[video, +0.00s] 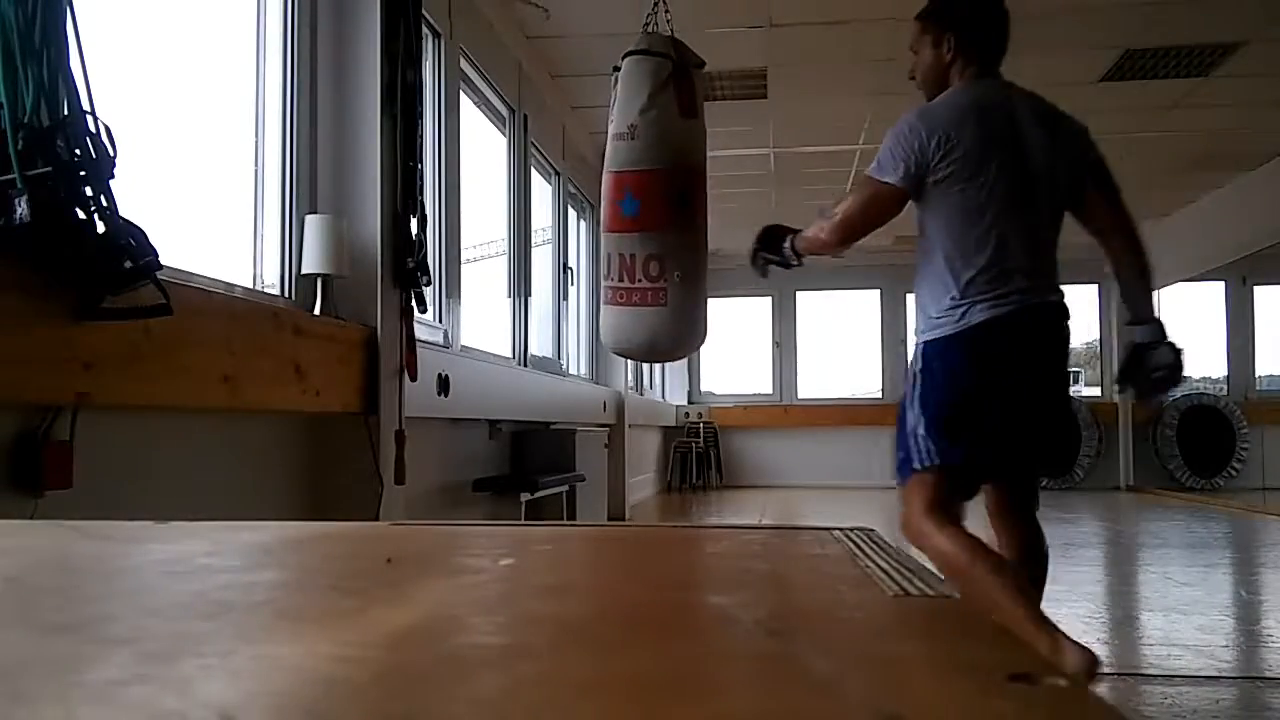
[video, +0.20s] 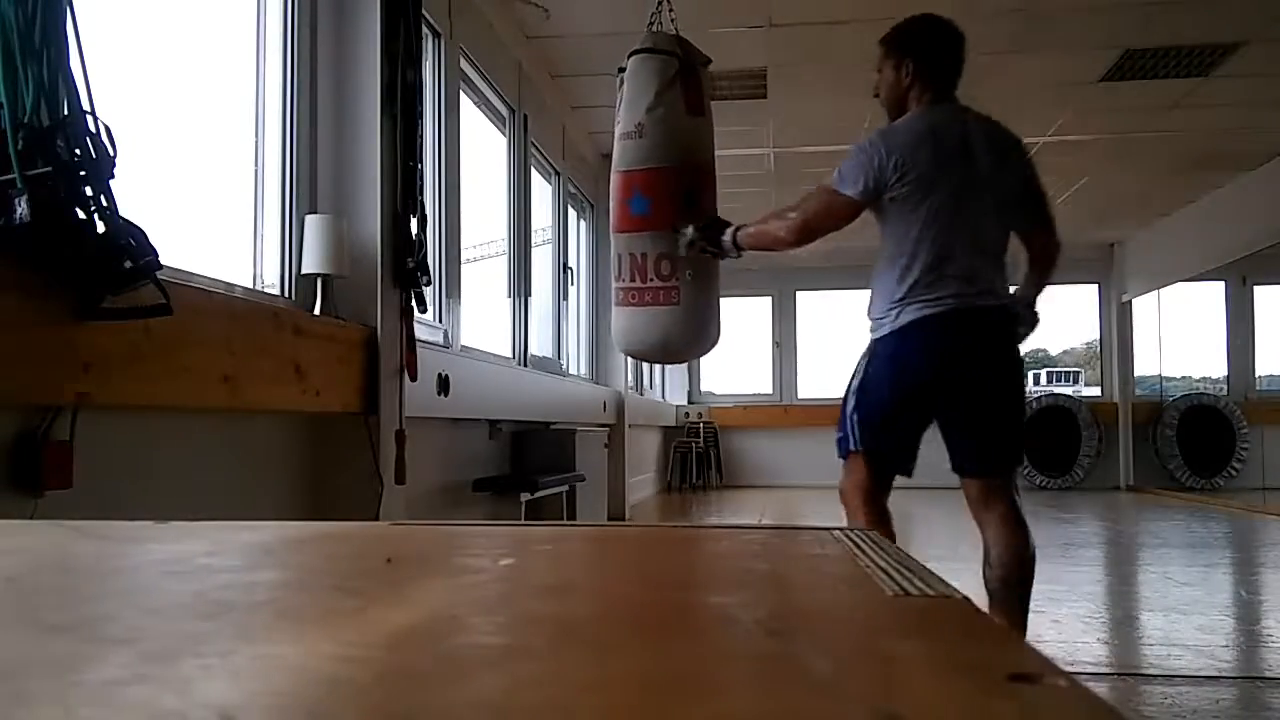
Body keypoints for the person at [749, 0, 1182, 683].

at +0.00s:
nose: (909, 63)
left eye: (916, 48)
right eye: (910, 48)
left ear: (953, 48)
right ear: (986, 48)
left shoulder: (928, 127)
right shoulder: (1055, 124)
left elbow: (840, 233)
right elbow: (1120, 235)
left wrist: (792, 243)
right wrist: (1144, 328)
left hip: (959, 342)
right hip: (1041, 338)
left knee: (925, 515)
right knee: (1013, 504)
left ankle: (1054, 649)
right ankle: (1020, 662)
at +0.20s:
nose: (875, 83)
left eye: (881, 68)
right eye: (877, 68)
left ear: (909, 70)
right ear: (946, 72)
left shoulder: (891, 145)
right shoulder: (1002, 144)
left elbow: (797, 227)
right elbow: (1045, 244)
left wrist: (728, 237)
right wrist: (1027, 299)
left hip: (911, 336)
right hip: (990, 333)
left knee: (861, 490)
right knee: (994, 497)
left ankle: (893, 642)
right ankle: (1010, 654)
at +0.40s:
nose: (823, 117)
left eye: (826, 105)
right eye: (824, 105)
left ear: (841, 106)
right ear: (887, 107)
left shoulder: (835, 175)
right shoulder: (936, 172)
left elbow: (778, 266)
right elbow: (994, 255)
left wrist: (701, 269)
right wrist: (961, 291)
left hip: (855, 355)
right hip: (929, 352)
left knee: (821, 495)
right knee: (957, 493)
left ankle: (817, 633)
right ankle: (996, 637)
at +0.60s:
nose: (783, 139)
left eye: (784, 125)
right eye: (783, 125)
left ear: (801, 124)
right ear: (842, 123)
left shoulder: (813, 177)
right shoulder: (891, 182)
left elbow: (781, 250)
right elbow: (938, 258)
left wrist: (692, 262)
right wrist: (934, 330)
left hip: (830, 352)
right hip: (891, 349)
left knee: (806, 488)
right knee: (884, 478)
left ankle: (816, 607)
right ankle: (912, 592)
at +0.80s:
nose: (771, 154)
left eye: (776, 142)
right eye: (773, 143)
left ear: (802, 143)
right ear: (822, 145)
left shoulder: (820, 189)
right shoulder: (858, 197)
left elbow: (803, 242)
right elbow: (883, 281)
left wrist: (730, 263)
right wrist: (858, 326)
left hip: (826, 355)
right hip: (861, 353)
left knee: (801, 485)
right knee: (838, 481)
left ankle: (818, 583)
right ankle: (850, 583)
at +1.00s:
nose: (778, 167)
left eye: (786, 156)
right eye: (780, 157)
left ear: (814, 160)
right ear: (812, 162)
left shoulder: (844, 203)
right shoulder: (818, 217)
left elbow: (880, 266)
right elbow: (815, 297)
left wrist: (845, 308)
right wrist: (790, 349)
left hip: (845, 362)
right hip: (825, 363)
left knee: (815, 475)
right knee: (815, 477)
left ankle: (835, 580)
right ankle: (841, 574)